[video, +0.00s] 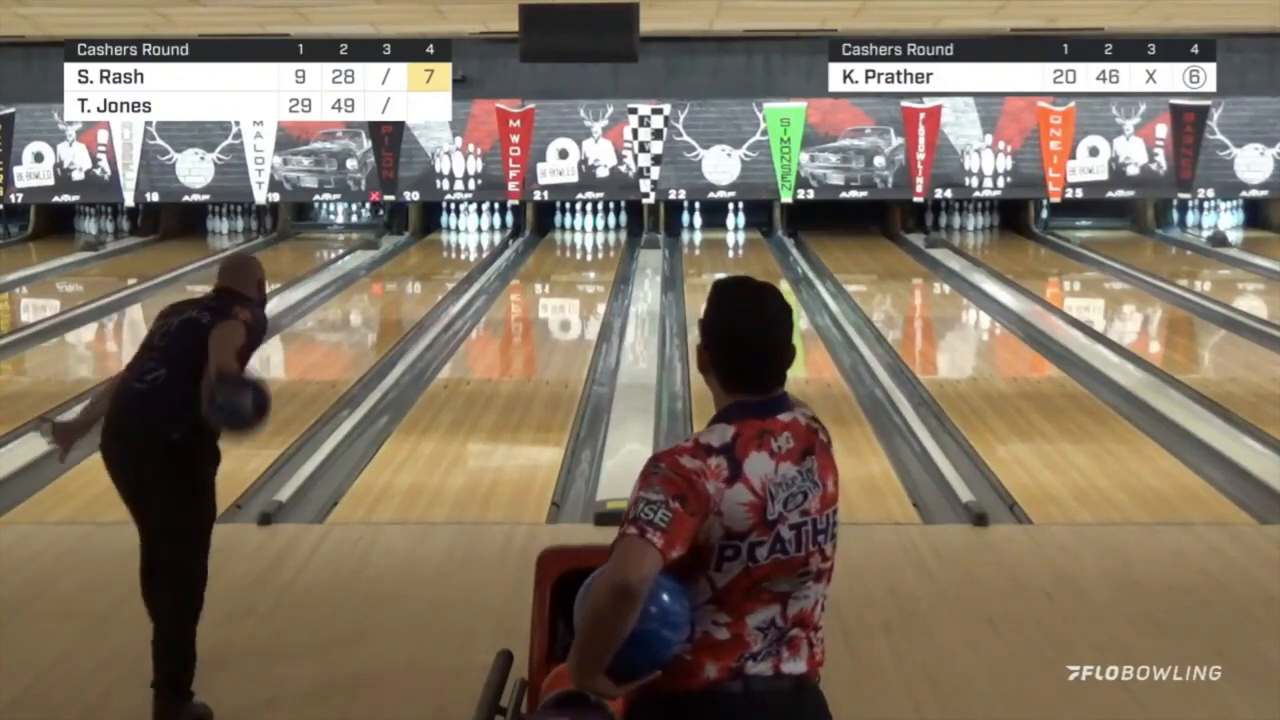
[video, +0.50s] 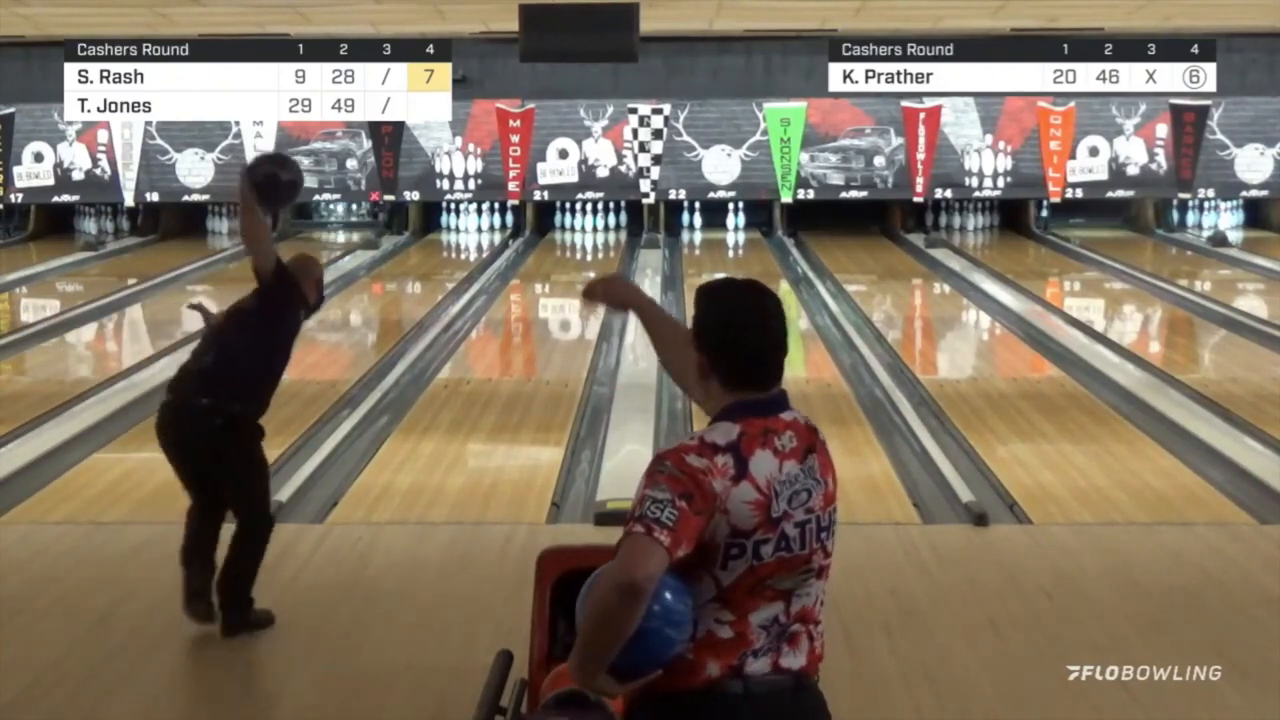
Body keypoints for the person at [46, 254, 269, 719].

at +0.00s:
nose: (264, 294)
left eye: (262, 287)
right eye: (263, 287)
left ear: (219, 284)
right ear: (256, 286)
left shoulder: (177, 311)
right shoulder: (246, 311)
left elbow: (131, 374)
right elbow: (225, 332)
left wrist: (79, 424)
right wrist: (224, 377)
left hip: (123, 437)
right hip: (176, 446)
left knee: (157, 548)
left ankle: (170, 674)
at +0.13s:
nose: (275, 277)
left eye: (273, 270)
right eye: (268, 272)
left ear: (224, 277)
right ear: (249, 279)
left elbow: (149, 359)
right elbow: (151, 358)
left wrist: (100, 388)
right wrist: (102, 389)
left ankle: (182, 654)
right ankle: (181, 659)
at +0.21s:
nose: (276, 283)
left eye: (275, 274)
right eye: (276, 275)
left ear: (249, 274)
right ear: (272, 285)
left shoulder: (209, 304)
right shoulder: (251, 293)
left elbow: (170, 359)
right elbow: (220, 258)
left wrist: (127, 370)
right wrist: (206, 219)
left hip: (142, 415)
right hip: (199, 421)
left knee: (168, 528)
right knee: (221, 538)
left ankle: (179, 636)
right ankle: (196, 638)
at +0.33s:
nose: (298, 277)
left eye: (298, 272)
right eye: (296, 271)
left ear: (264, 272)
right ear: (282, 276)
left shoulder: (234, 300)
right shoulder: (258, 284)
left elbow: (189, 345)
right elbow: (227, 231)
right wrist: (224, 177)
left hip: (155, 414)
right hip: (208, 417)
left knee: (175, 529)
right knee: (247, 516)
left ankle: (180, 644)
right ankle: (232, 624)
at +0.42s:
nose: (311, 287)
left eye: (308, 279)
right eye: (311, 281)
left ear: (274, 269)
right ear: (303, 286)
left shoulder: (247, 296)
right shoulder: (277, 293)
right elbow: (244, 231)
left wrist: (242, 168)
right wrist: (242, 172)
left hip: (169, 414)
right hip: (220, 421)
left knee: (191, 515)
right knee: (250, 514)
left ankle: (179, 612)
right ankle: (237, 612)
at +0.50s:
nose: (319, 283)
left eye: (319, 278)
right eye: (315, 275)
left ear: (282, 281)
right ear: (300, 283)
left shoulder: (249, 310)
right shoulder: (283, 301)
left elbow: (220, 332)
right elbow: (259, 247)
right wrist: (248, 187)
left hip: (177, 417)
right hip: (226, 426)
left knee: (207, 499)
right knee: (256, 518)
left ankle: (197, 593)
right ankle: (236, 610)